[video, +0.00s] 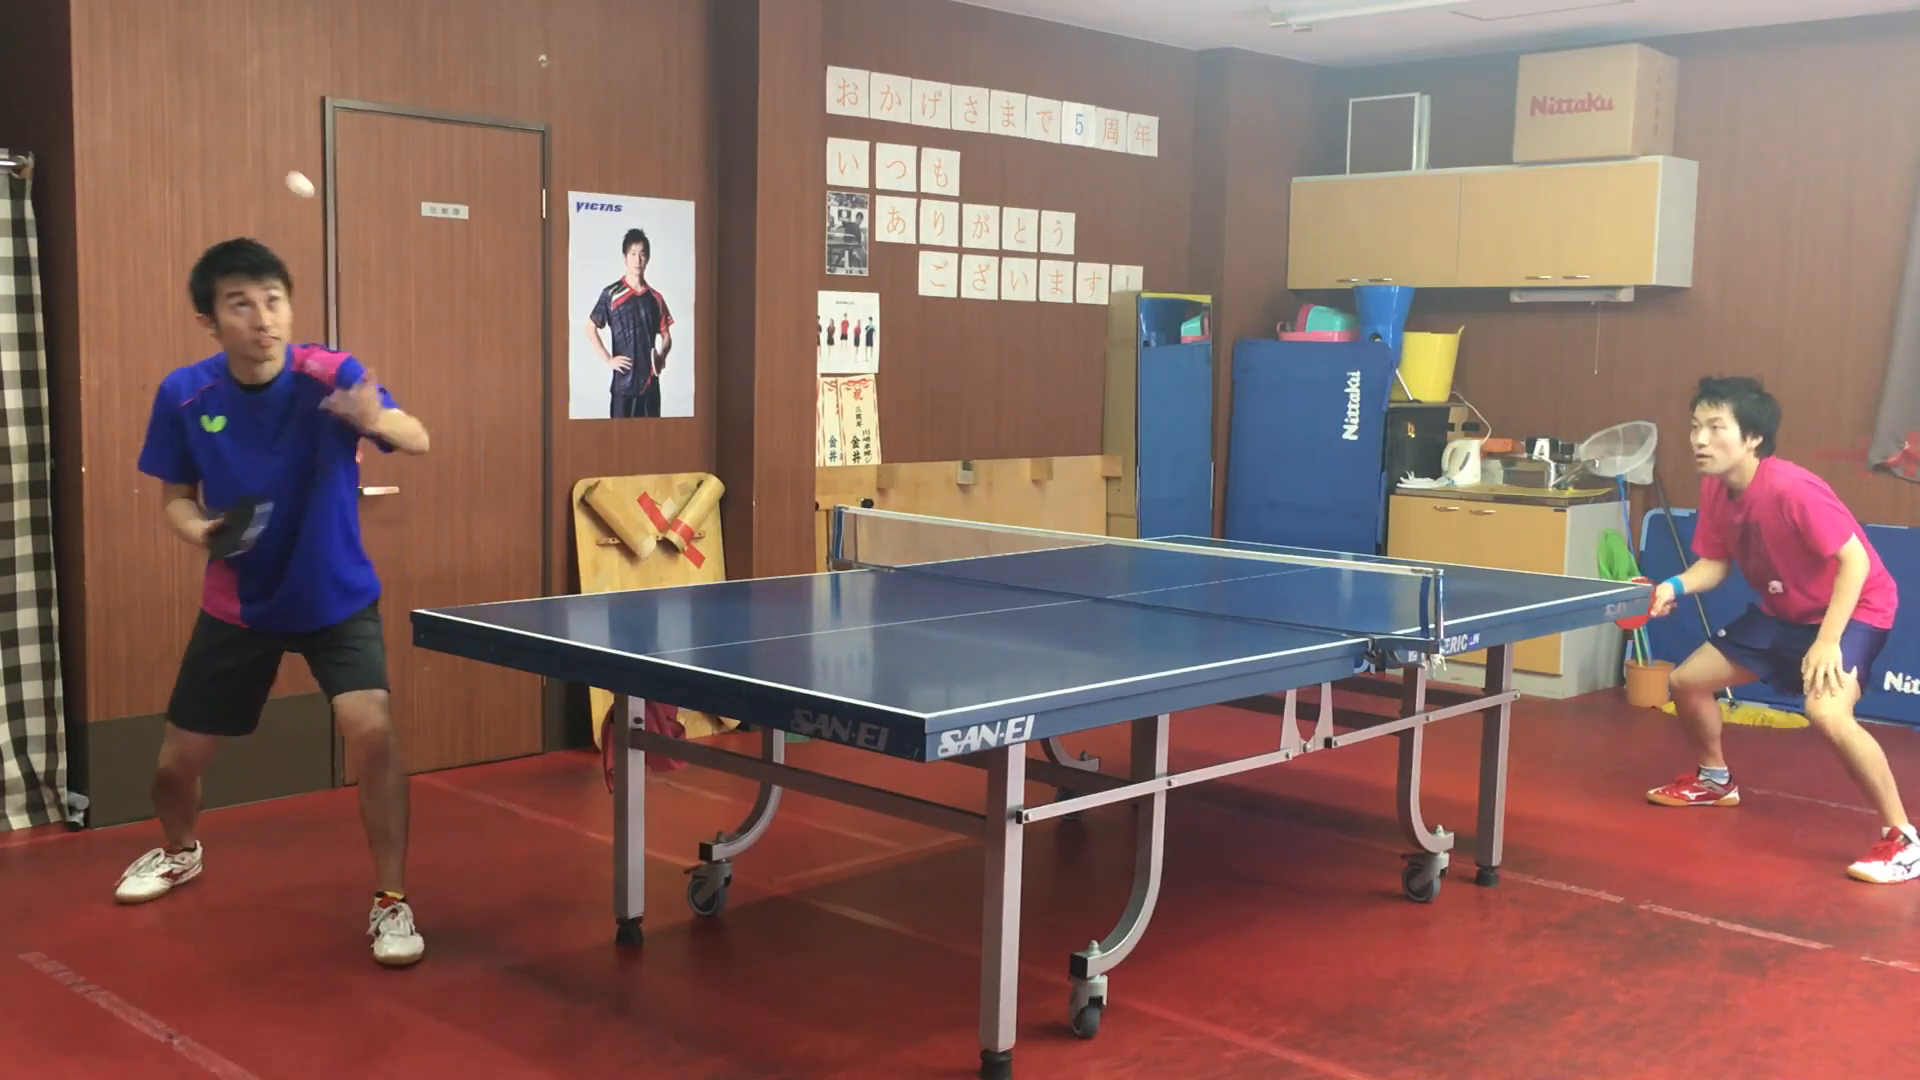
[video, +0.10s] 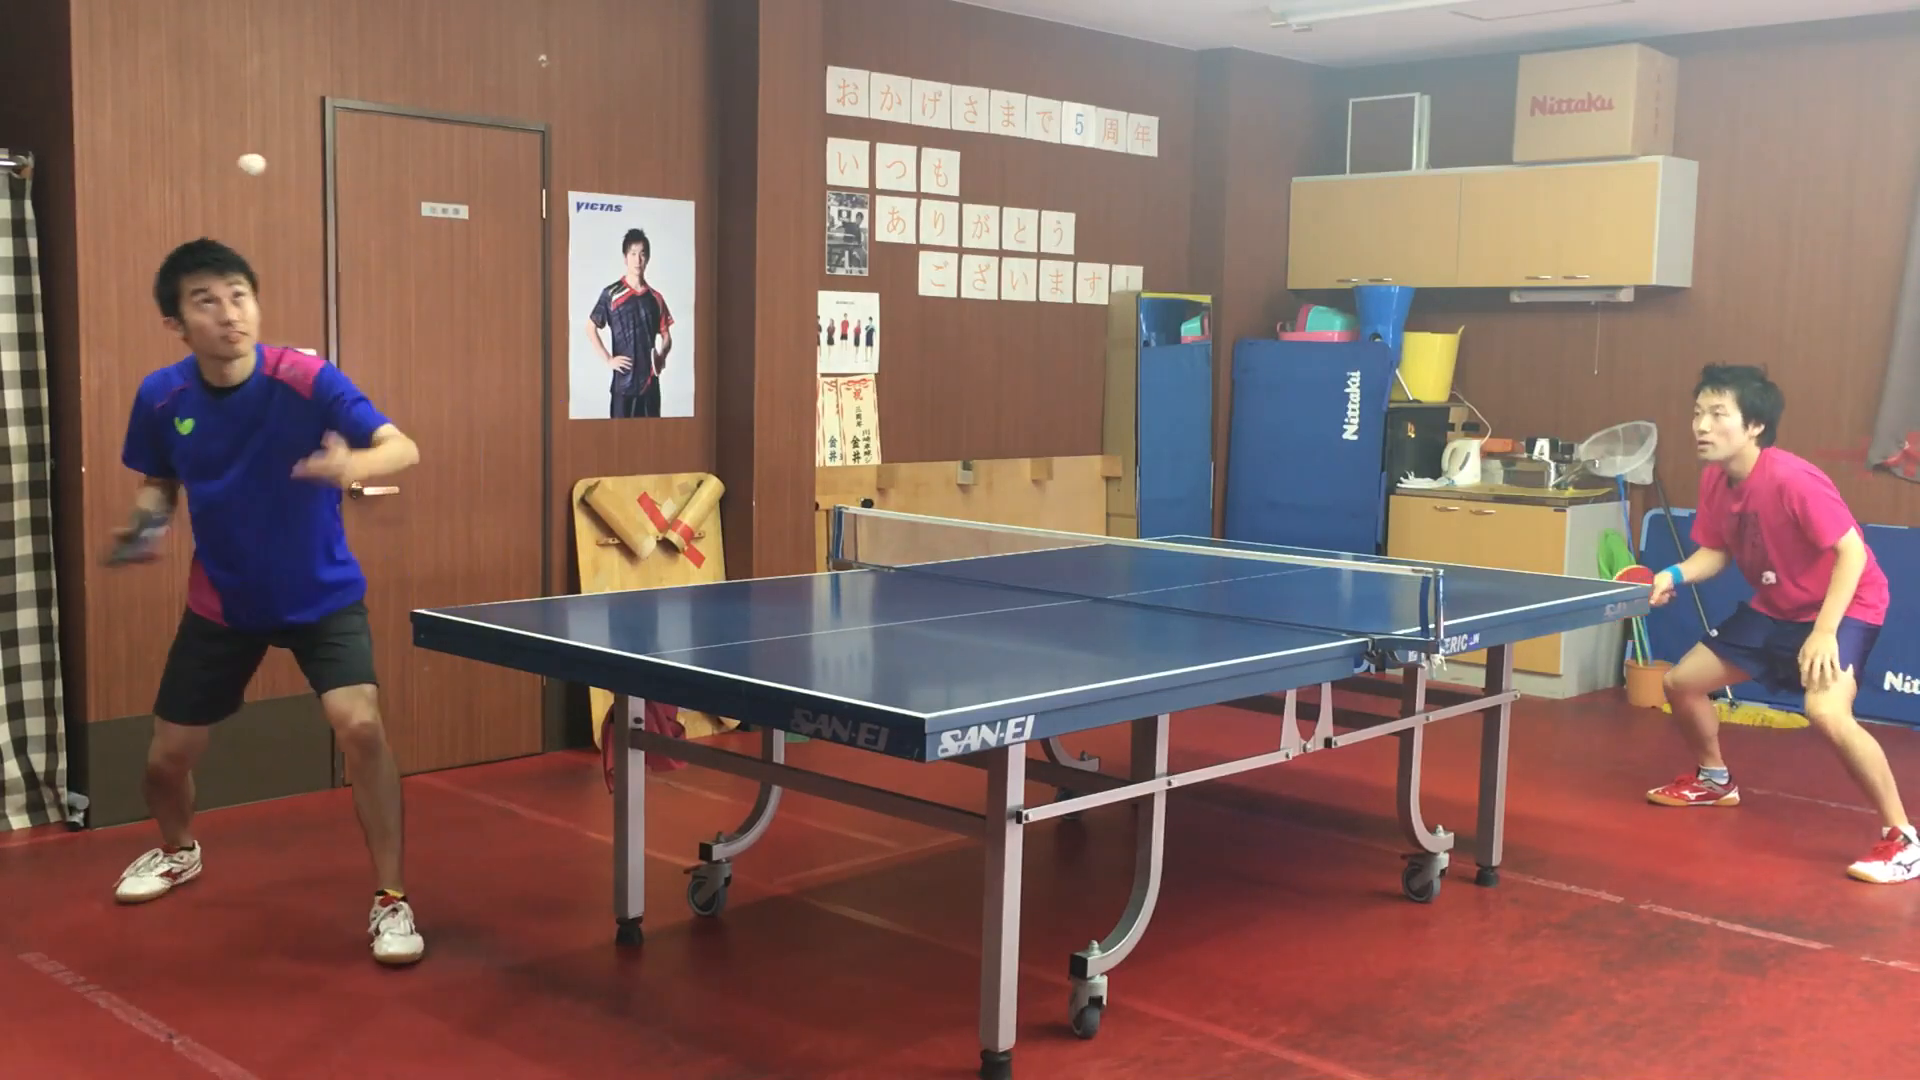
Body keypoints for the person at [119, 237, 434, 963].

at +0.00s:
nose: (262, 319)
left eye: (273, 301)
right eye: (241, 305)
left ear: (291, 307)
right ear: (211, 319)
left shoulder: (332, 373)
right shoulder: (184, 396)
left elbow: (419, 442)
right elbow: (178, 500)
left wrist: (374, 420)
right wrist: (201, 530)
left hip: (335, 595)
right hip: (237, 602)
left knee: (373, 733)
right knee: (177, 763)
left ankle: (391, 899)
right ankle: (180, 853)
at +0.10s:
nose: (229, 314)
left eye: (238, 297)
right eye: (207, 303)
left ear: (257, 306)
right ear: (178, 325)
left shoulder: (303, 377)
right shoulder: (163, 397)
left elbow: (402, 449)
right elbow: (158, 485)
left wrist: (353, 464)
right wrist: (143, 526)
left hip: (320, 594)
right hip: (222, 601)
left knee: (361, 729)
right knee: (166, 761)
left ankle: (392, 898)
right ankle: (178, 852)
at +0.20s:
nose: (201, 319)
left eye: (210, 301)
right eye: (178, 309)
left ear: (232, 309)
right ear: (154, 331)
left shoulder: (286, 387)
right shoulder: (148, 396)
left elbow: (388, 460)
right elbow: (137, 467)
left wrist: (340, 514)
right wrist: (68, 495)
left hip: (308, 593)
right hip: (210, 602)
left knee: (361, 727)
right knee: (157, 764)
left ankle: (392, 897)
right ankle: (179, 852)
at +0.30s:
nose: (179, 338)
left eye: (188, 318)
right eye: (157, 327)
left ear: (213, 323)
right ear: (136, 344)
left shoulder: (273, 399)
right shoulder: (132, 403)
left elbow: (379, 472)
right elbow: (99, 441)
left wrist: (334, 550)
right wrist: (20, 424)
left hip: (303, 600)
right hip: (202, 614)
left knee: (373, 723)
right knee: (150, 781)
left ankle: (394, 896)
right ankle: (179, 853)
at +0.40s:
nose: (171, 382)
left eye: (180, 361)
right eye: (151, 371)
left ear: (207, 353)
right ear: (129, 377)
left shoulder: (270, 423)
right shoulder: (122, 411)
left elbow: (376, 489)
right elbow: (45, 421)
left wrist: (330, 580)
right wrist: (15, 390)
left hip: (302, 616)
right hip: (202, 634)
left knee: (390, 713)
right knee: (148, 803)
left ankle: (383, 886)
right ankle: (180, 851)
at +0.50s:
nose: (218, 407)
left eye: (225, 388)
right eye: (196, 397)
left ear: (238, 374)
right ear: (162, 401)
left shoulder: (290, 439)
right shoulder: (135, 440)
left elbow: (378, 498)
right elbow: (40, 490)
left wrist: (340, 594)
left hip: (313, 638)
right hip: (209, 654)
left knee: (398, 742)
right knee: (150, 817)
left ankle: (348, 907)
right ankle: (178, 849)